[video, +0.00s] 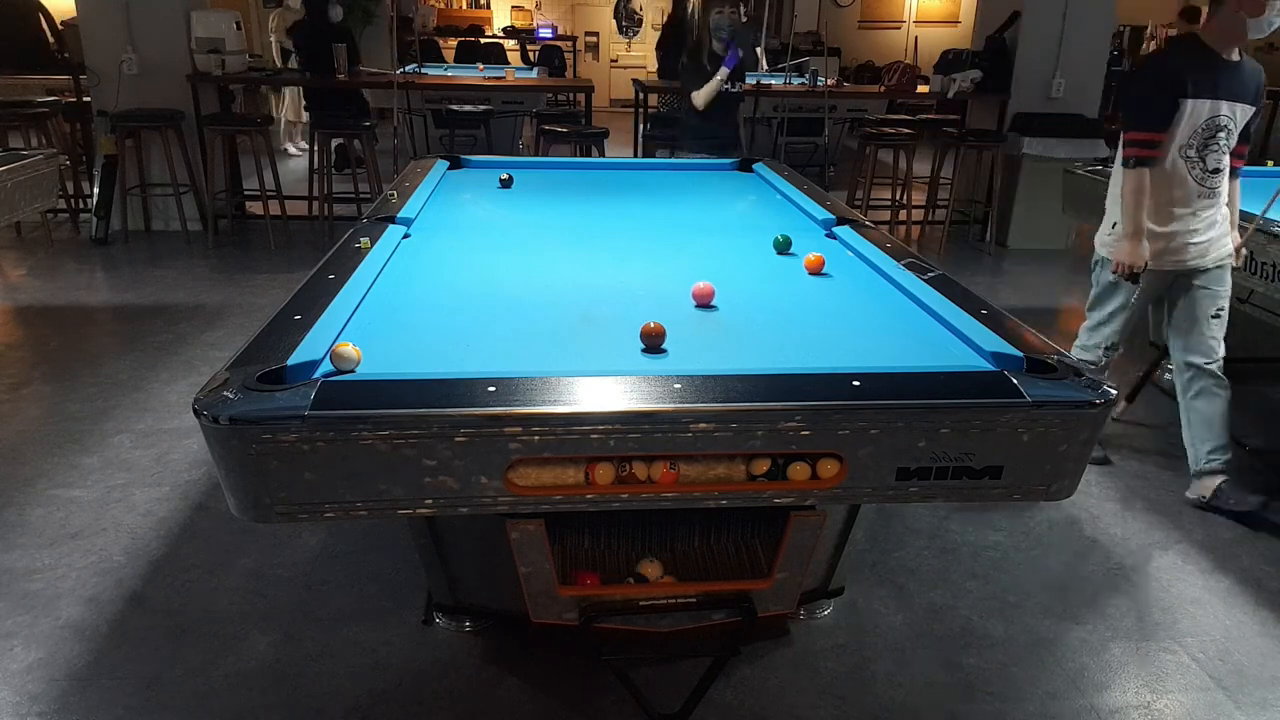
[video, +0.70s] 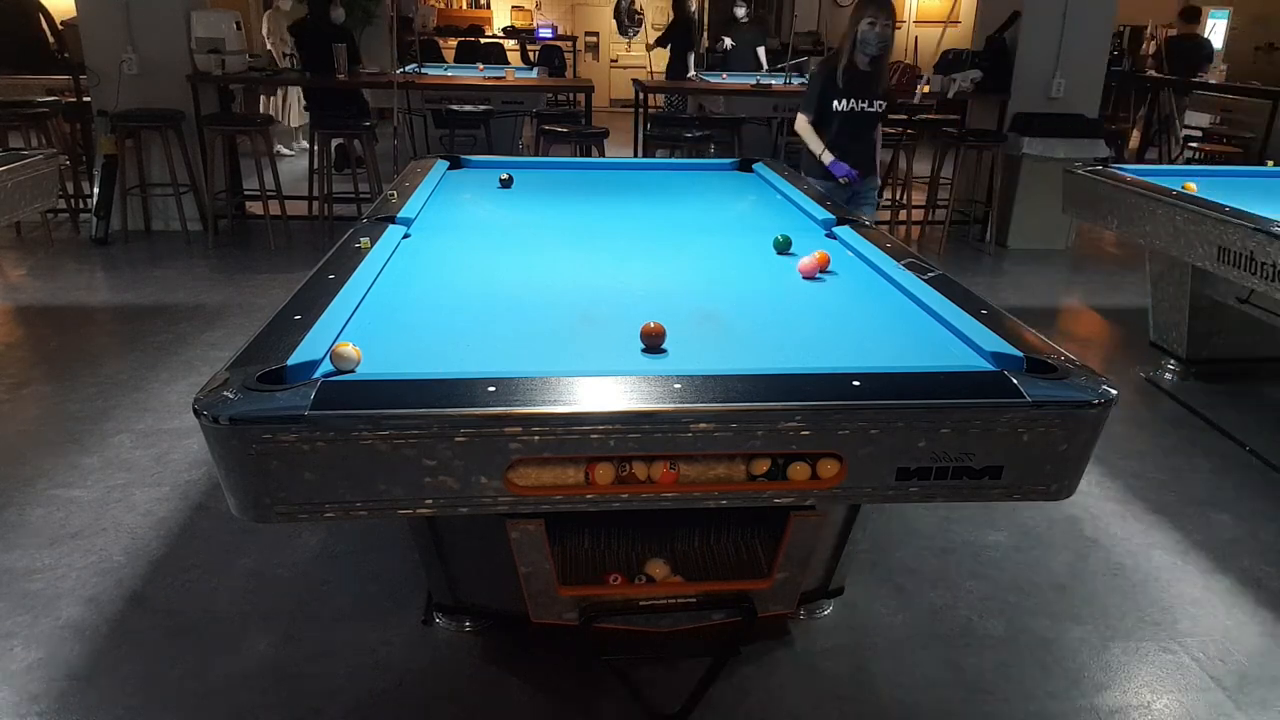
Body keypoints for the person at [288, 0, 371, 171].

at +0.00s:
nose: (341, 11)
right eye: (337, 7)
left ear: (307, 9)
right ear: (330, 9)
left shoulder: (299, 31)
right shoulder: (341, 32)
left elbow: (302, 70)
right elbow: (355, 72)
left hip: (315, 106)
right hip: (346, 106)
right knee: (362, 105)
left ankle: (351, 150)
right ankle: (346, 148)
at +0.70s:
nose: (341, 11)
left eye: (340, 7)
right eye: (338, 7)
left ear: (309, 8)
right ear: (332, 8)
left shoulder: (298, 29)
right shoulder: (342, 33)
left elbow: (304, 66)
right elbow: (356, 71)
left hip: (315, 104)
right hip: (345, 105)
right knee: (362, 105)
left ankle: (352, 151)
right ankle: (346, 148)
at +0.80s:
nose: (342, 12)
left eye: (341, 7)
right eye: (339, 7)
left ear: (309, 9)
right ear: (332, 9)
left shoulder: (300, 30)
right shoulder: (342, 33)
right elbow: (355, 70)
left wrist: (300, 11)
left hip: (315, 102)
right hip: (345, 104)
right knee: (361, 106)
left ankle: (342, 146)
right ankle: (347, 149)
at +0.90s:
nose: (345, 8)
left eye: (344, 4)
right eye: (341, 5)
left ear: (312, 8)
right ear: (331, 8)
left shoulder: (299, 30)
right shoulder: (341, 33)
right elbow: (357, 72)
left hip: (315, 103)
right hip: (344, 105)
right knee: (362, 105)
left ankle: (350, 149)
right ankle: (345, 148)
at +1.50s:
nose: (335, 8)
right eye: (331, 5)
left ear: (302, 7)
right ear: (319, 5)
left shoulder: (298, 30)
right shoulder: (331, 27)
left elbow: (302, 67)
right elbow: (351, 59)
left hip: (314, 103)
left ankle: (348, 151)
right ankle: (345, 149)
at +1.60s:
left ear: (302, 8)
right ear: (319, 6)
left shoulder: (298, 30)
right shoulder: (332, 26)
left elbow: (301, 66)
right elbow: (350, 57)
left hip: (313, 99)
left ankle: (348, 150)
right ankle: (345, 149)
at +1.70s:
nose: (336, 9)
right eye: (332, 5)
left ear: (305, 7)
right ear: (324, 6)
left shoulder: (299, 27)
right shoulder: (333, 28)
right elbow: (352, 60)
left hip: (313, 99)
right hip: (339, 101)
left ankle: (347, 150)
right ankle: (345, 149)